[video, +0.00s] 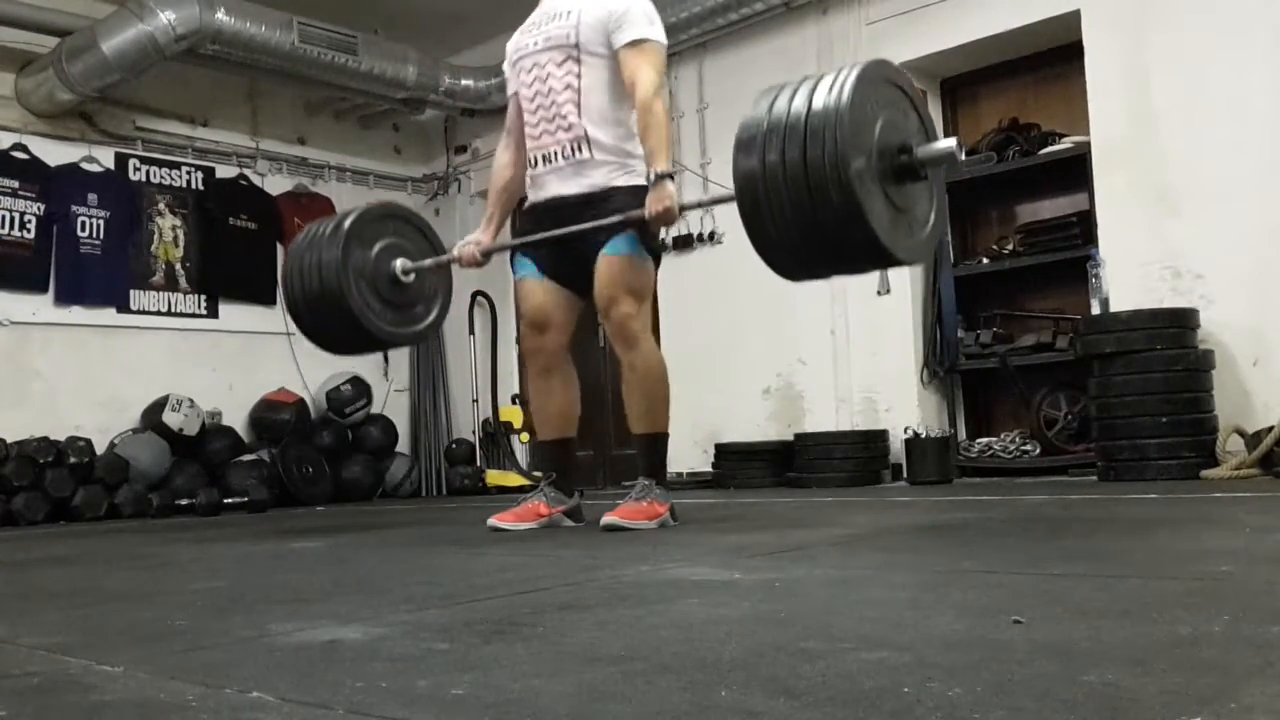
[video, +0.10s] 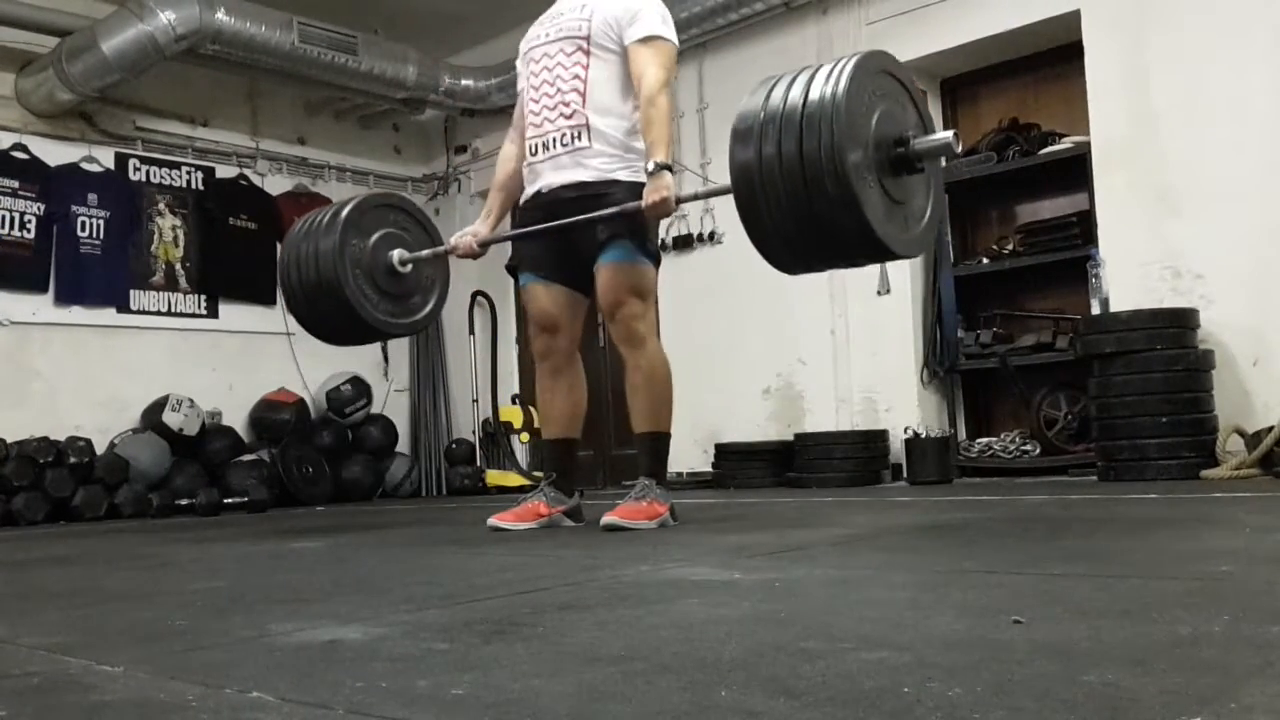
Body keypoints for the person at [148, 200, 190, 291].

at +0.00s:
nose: (162, 211)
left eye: (163, 209)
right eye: (160, 209)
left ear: (167, 208)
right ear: (159, 210)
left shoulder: (175, 220)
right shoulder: (158, 220)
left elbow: (180, 235)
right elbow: (156, 234)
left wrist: (181, 248)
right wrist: (154, 246)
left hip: (172, 244)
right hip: (162, 243)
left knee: (177, 265)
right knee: (160, 262)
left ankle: (182, 283)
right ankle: (159, 277)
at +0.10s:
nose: (162, 211)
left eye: (163, 209)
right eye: (160, 209)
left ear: (167, 208)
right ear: (159, 210)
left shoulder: (175, 221)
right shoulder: (158, 220)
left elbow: (180, 235)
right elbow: (156, 234)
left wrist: (180, 249)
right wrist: (154, 246)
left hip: (172, 244)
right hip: (161, 244)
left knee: (177, 265)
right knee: (160, 262)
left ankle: (183, 283)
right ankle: (159, 278)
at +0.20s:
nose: (162, 211)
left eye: (163, 209)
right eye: (160, 209)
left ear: (167, 208)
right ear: (159, 210)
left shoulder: (175, 221)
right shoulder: (158, 220)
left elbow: (180, 235)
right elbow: (156, 234)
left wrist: (180, 249)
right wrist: (154, 246)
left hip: (172, 244)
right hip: (161, 244)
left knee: (177, 265)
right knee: (160, 262)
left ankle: (183, 283)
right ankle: (159, 278)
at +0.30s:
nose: (162, 211)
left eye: (163, 209)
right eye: (160, 210)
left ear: (167, 208)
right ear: (159, 210)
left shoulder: (175, 221)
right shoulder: (158, 220)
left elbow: (180, 235)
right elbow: (156, 234)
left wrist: (181, 248)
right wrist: (154, 245)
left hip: (172, 243)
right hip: (162, 243)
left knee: (177, 265)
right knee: (160, 262)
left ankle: (182, 283)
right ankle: (159, 277)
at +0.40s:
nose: (162, 211)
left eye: (163, 209)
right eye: (160, 210)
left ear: (167, 208)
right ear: (159, 210)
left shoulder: (175, 221)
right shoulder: (158, 220)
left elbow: (180, 235)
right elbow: (156, 234)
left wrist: (181, 248)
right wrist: (154, 245)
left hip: (172, 243)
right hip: (162, 243)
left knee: (177, 265)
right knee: (160, 262)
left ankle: (182, 283)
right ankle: (159, 277)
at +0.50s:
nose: (162, 211)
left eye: (163, 209)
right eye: (160, 210)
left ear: (167, 208)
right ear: (159, 210)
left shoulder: (175, 221)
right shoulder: (158, 220)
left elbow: (180, 235)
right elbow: (156, 234)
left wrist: (181, 248)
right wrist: (154, 245)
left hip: (172, 243)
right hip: (162, 243)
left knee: (177, 265)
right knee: (160, 262)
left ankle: (182, 283)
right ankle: (159, 277)